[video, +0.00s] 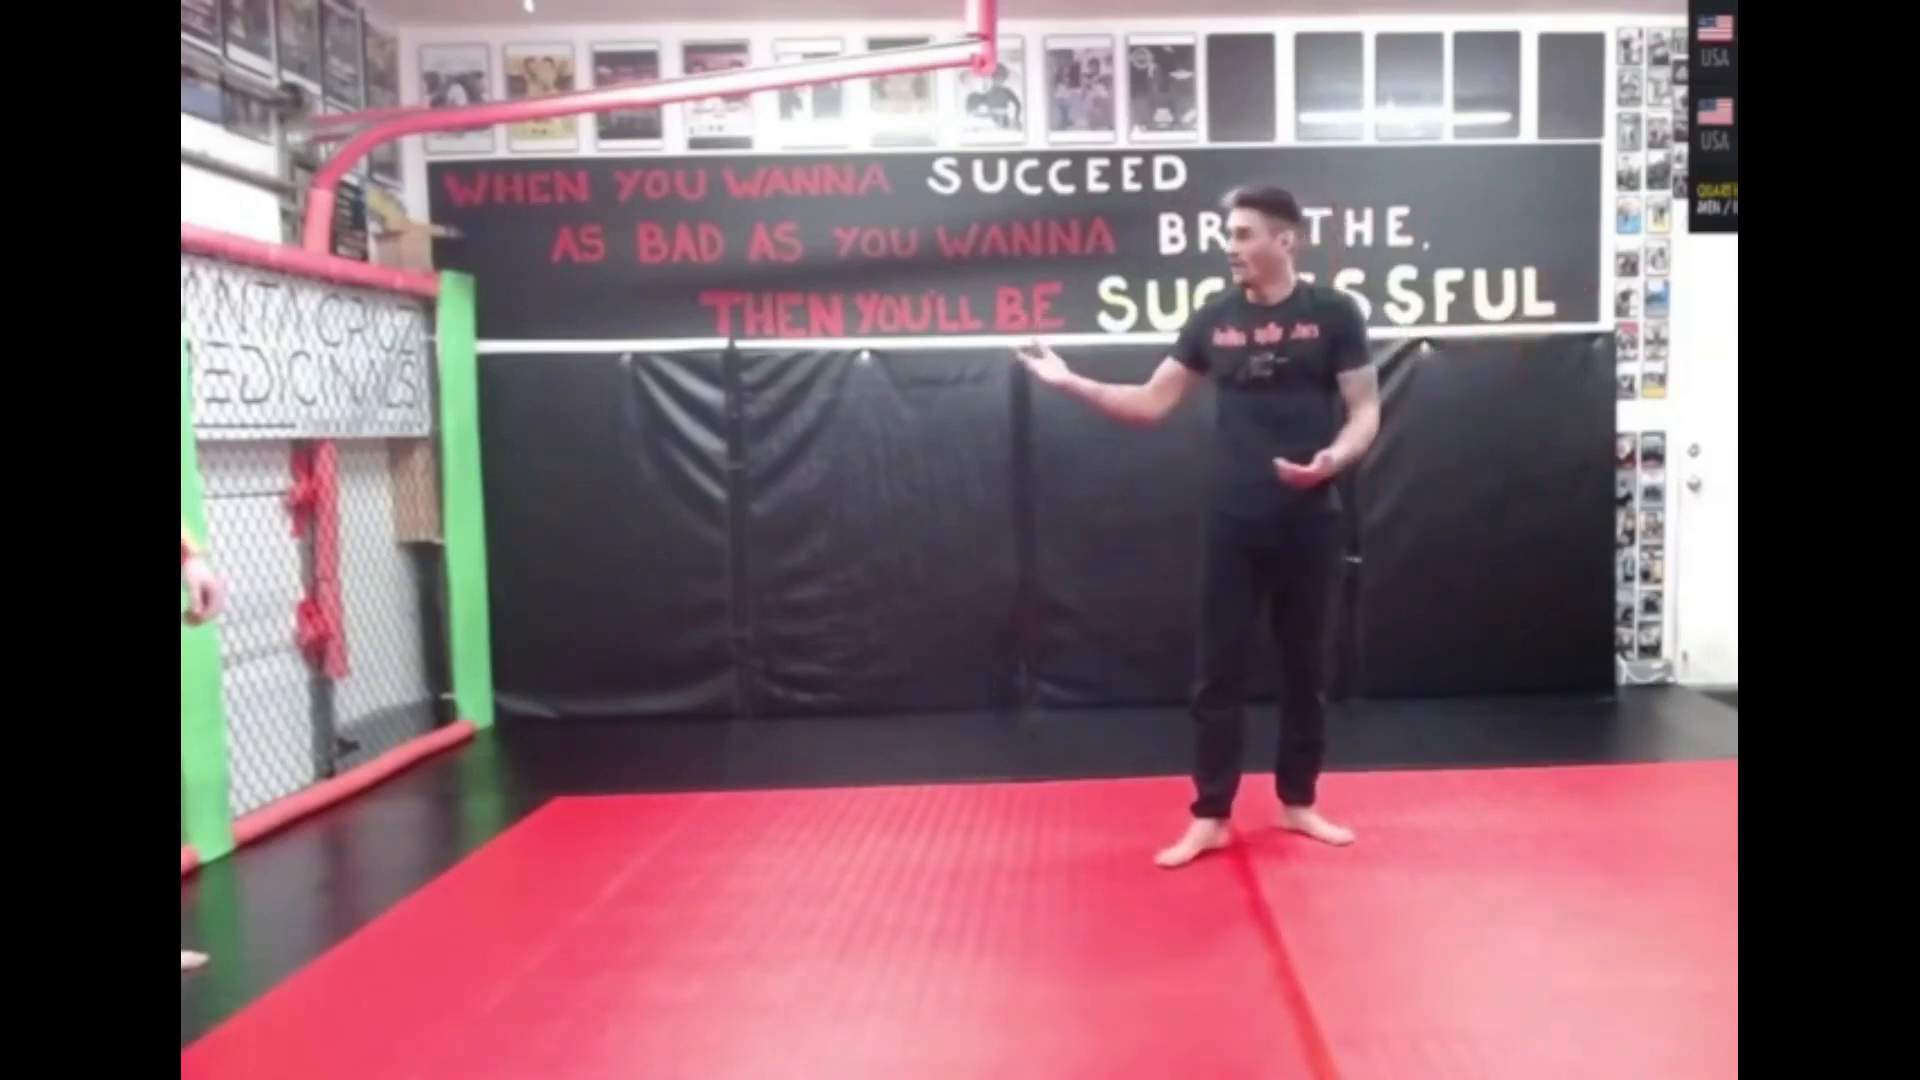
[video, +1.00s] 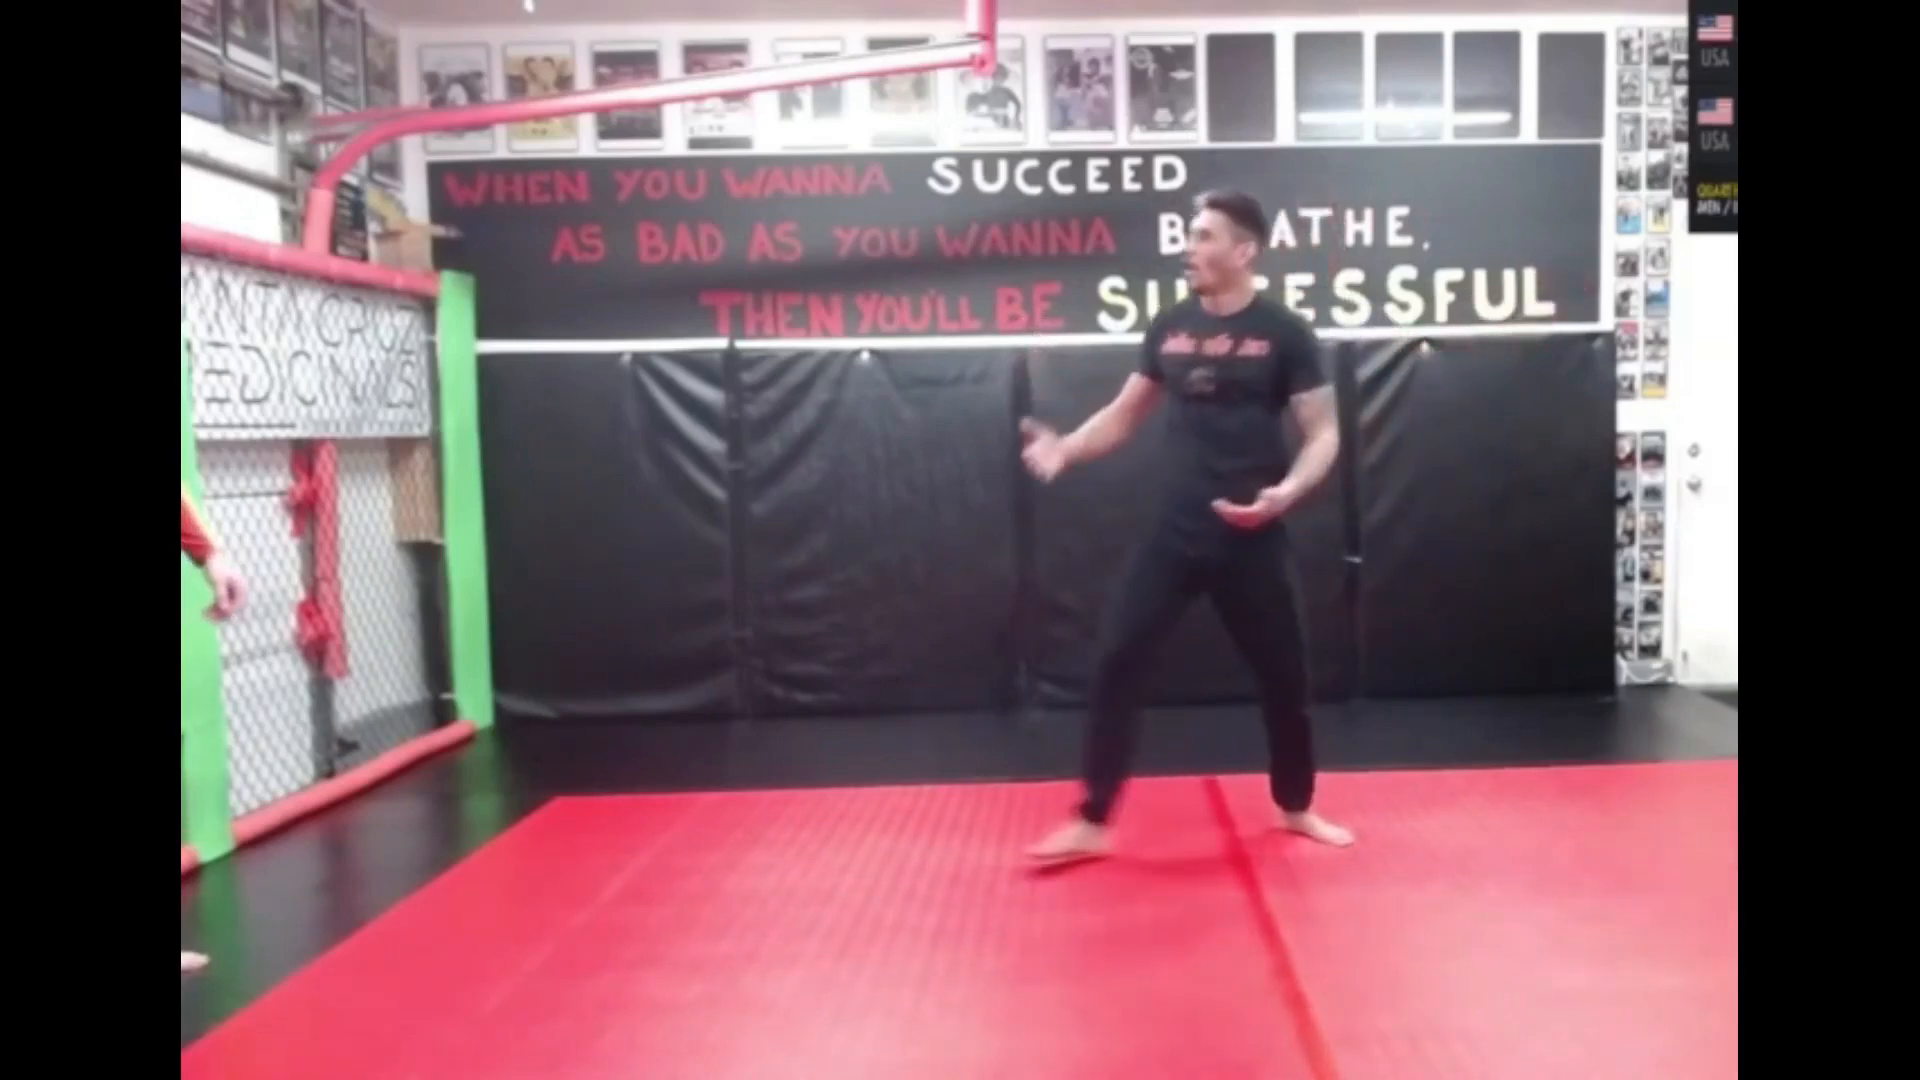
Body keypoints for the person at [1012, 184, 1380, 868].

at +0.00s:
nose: (1235, 247)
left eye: (1246, 235)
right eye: (1231, 236)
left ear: (1287, 241)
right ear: (1231, 243)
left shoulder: (1334, 314)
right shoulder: (1215, 318)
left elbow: (1365, 412)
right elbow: (1151, 402)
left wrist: (1334, 456)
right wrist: (1066, 380)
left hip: (1310, 514)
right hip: (1234, 513)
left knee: (1308, 663)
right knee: (1219, 665)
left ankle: (1299, 802)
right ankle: (1211, 817)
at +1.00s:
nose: (1191, 248)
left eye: (1207, 237)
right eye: (1191, 236)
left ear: (1248, 250)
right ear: (1195, 247)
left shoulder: (1286, 332)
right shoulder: (1171, 328)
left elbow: (1324, 436)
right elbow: (1123, 413)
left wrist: (1285, 492)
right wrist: (1067, 447)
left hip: (1252, 530)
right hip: (1175, 525)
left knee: (1283, 672)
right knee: (1118, 655)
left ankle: (1296, 807)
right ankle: (1092, 819)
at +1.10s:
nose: (1179, 252)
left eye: (1195, 240)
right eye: (1181, 239)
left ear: (1235, 256)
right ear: (1188, 253)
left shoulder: (1269, 333)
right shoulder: (1160, 334)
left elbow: (1315, 437)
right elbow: (1114, 417)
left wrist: (1274, 497)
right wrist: (1055, 457)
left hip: (1243, 536)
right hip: (1169, 532)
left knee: (1279, 673)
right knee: (1104, 658)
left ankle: (1295, 807)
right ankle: (1059, 823)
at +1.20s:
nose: (1084, 261)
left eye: (1102, 252)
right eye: (1086, 250)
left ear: (1145, 271)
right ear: (1086, 271)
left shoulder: (1180, 353)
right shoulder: (1078, 362)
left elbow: (1251, 443)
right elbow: (1042, 434)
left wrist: (1200, 512)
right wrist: (973, 479)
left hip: (1175, 553)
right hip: (1099, 554)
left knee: (1235, 678)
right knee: (1032, 679)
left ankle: (1290, 807)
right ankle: (961, 837)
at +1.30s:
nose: (970, 295)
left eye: (987, 280)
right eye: (968, 282)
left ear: (1037, 295)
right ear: (974, 297)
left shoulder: (1082, 371)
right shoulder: (994, 383)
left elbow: (1147, 467)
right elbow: (983, 469)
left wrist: (1116, 551)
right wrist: (916, 531)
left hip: (1104, 555)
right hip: (1033, 560)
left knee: (1175, 691)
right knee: (970, 685)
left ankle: (1264, 802)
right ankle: (943, 850)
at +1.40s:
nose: (873, 353)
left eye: (880, 337)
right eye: (869, 338)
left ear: (929, 328)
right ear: (913, 337)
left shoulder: (1008, 387)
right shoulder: (932, 404)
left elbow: (1055, 497)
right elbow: (945, 496)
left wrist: (1026, 613)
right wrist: (916, 588)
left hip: (1070, 541)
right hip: (1003, 543)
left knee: (1119, 695)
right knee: (945, 675)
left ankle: (1202, 831)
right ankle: (938, 847)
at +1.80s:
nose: (783, 335)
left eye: (790, 318)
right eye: (780, 320)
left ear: (840, 310)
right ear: (831, 315)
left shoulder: (923, 358)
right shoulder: (862, 375)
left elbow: (957, 482)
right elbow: (887, 474)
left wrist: (922, 577)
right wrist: (886, 577)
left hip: (1005, 532)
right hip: (942, 539)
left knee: (1072, 678)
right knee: (928, 685)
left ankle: (1158, 834)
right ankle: (939, 849)